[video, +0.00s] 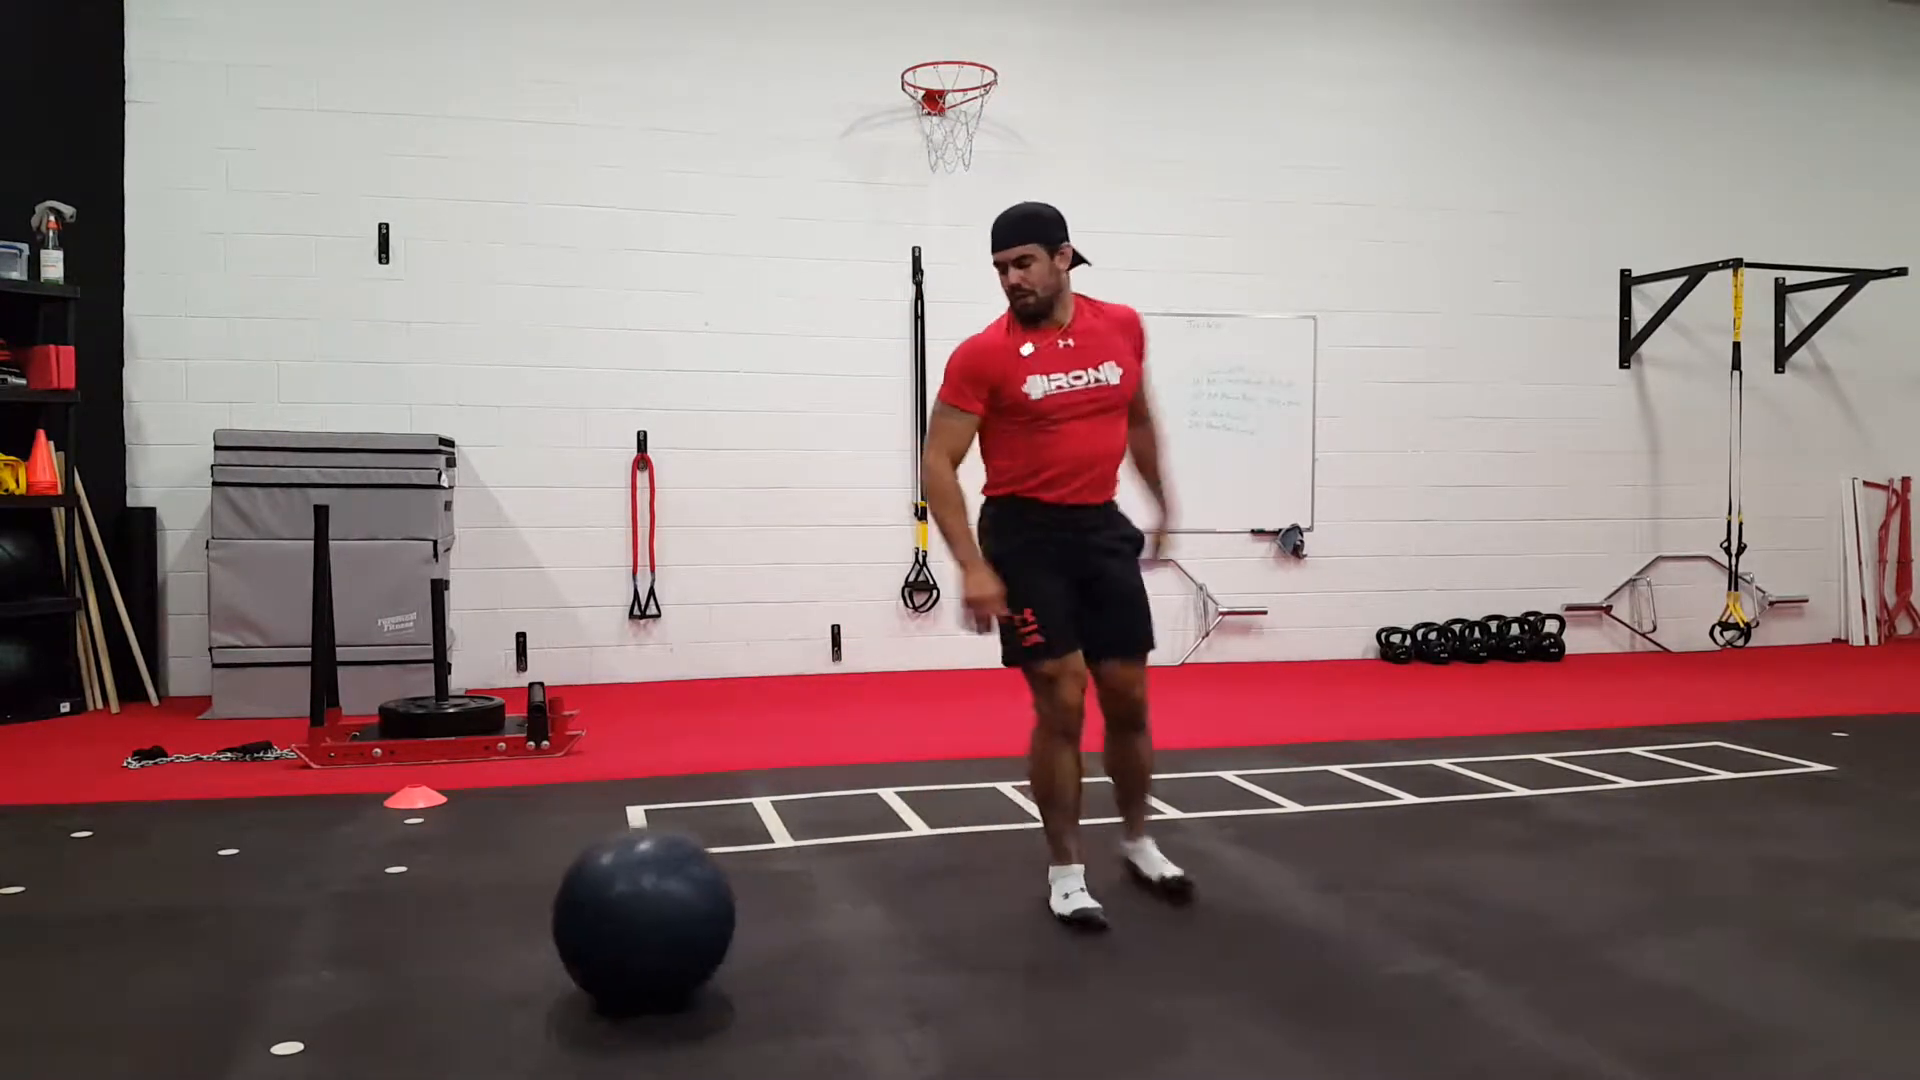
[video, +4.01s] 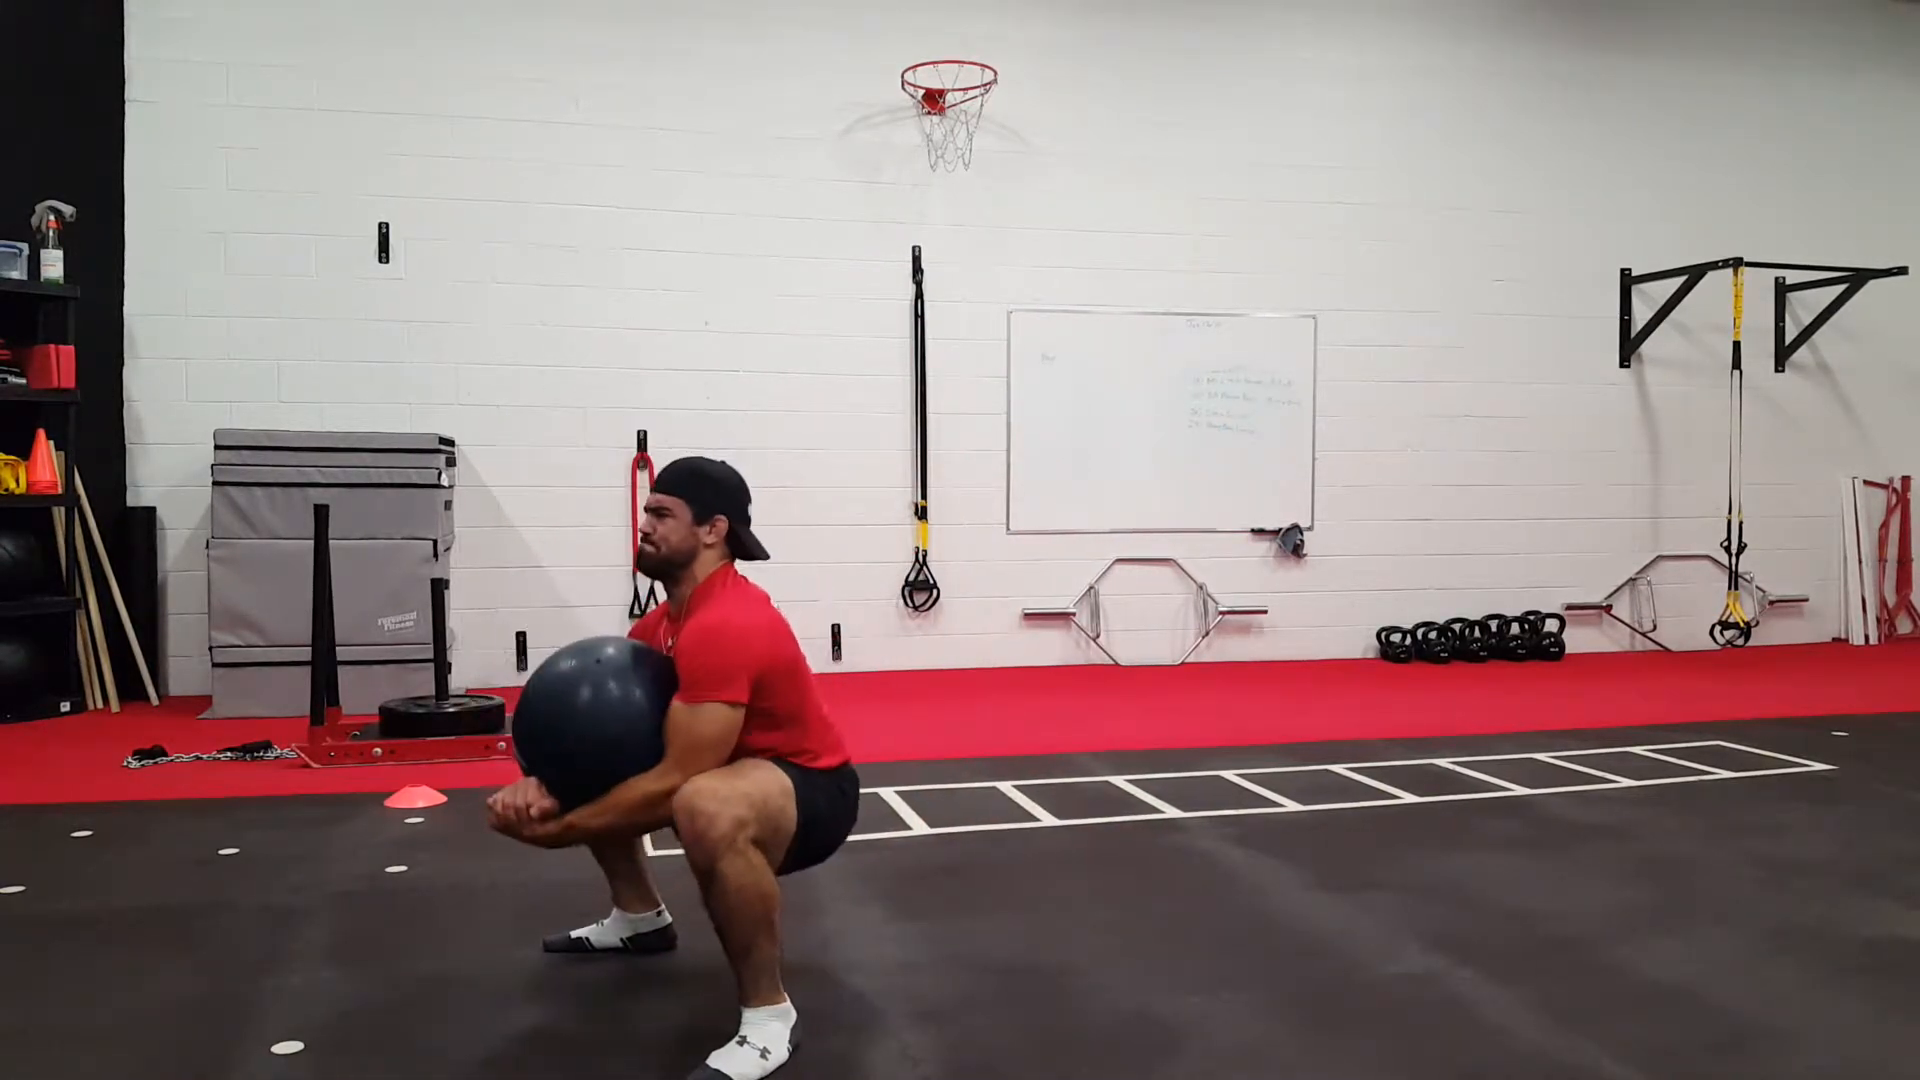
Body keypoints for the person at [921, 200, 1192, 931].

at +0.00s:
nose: (1012, 280)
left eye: (1024, 264)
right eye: (1002, 268)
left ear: (1065, 259)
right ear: (996, 272)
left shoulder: (1120, 327)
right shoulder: (981, 358)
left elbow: (1138, 418)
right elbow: (937, 466)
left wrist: (1162, 501)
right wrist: (971, 565)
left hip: (1103, 532)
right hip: (1024, 537)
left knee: (1129, 700)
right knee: (1062, 703)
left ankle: (1136, 838)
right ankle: (1067, 872)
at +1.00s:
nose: (749, 333)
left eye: (755, 314)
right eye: (742, 319)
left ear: (803, 292)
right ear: (779, 306)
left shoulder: (878, 369)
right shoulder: (785, 392)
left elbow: (891, 514)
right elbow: (779, 516)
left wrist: (798, 617)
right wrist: (731, 623)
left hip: (909, 566)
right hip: (846, 568)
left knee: (847, 747)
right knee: (803, 741)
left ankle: (808, 962)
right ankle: (898, 882)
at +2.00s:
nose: (526, 592)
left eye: (532, 575)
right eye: (520, 578)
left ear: (582, 558)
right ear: (578, 559)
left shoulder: (638, 643)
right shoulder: (570, 638)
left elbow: (668, 809)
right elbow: (600, 773)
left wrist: (662, 953)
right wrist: (575, 909)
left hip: (794, 747)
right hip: (703, 743)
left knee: (679, 823)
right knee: (557, 752)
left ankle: (766, 1011)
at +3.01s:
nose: (554, 566)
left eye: (563, 549)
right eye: (549, 551)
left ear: (615, 539)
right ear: (610, 540)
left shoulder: (650, 636)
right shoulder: (590, 629)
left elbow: (692, 794)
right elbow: (623, 758)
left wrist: (679, 934)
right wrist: (606, 891)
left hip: (807, 737)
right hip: (723, 736)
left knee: (703, 815)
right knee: (574, 742)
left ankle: (767, 1014)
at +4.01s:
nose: (644, 524)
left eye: (662, 514)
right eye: (646, 512)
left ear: (713, 532)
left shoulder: (727, 624)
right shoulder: (658, 622)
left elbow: (680, 781)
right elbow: (591, 717)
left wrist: (552, 832)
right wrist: (546, 787)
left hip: (812, 781)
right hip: (721, 767)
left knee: (707, 808)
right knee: (589, 757)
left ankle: (767, 1014)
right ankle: (638, 912)